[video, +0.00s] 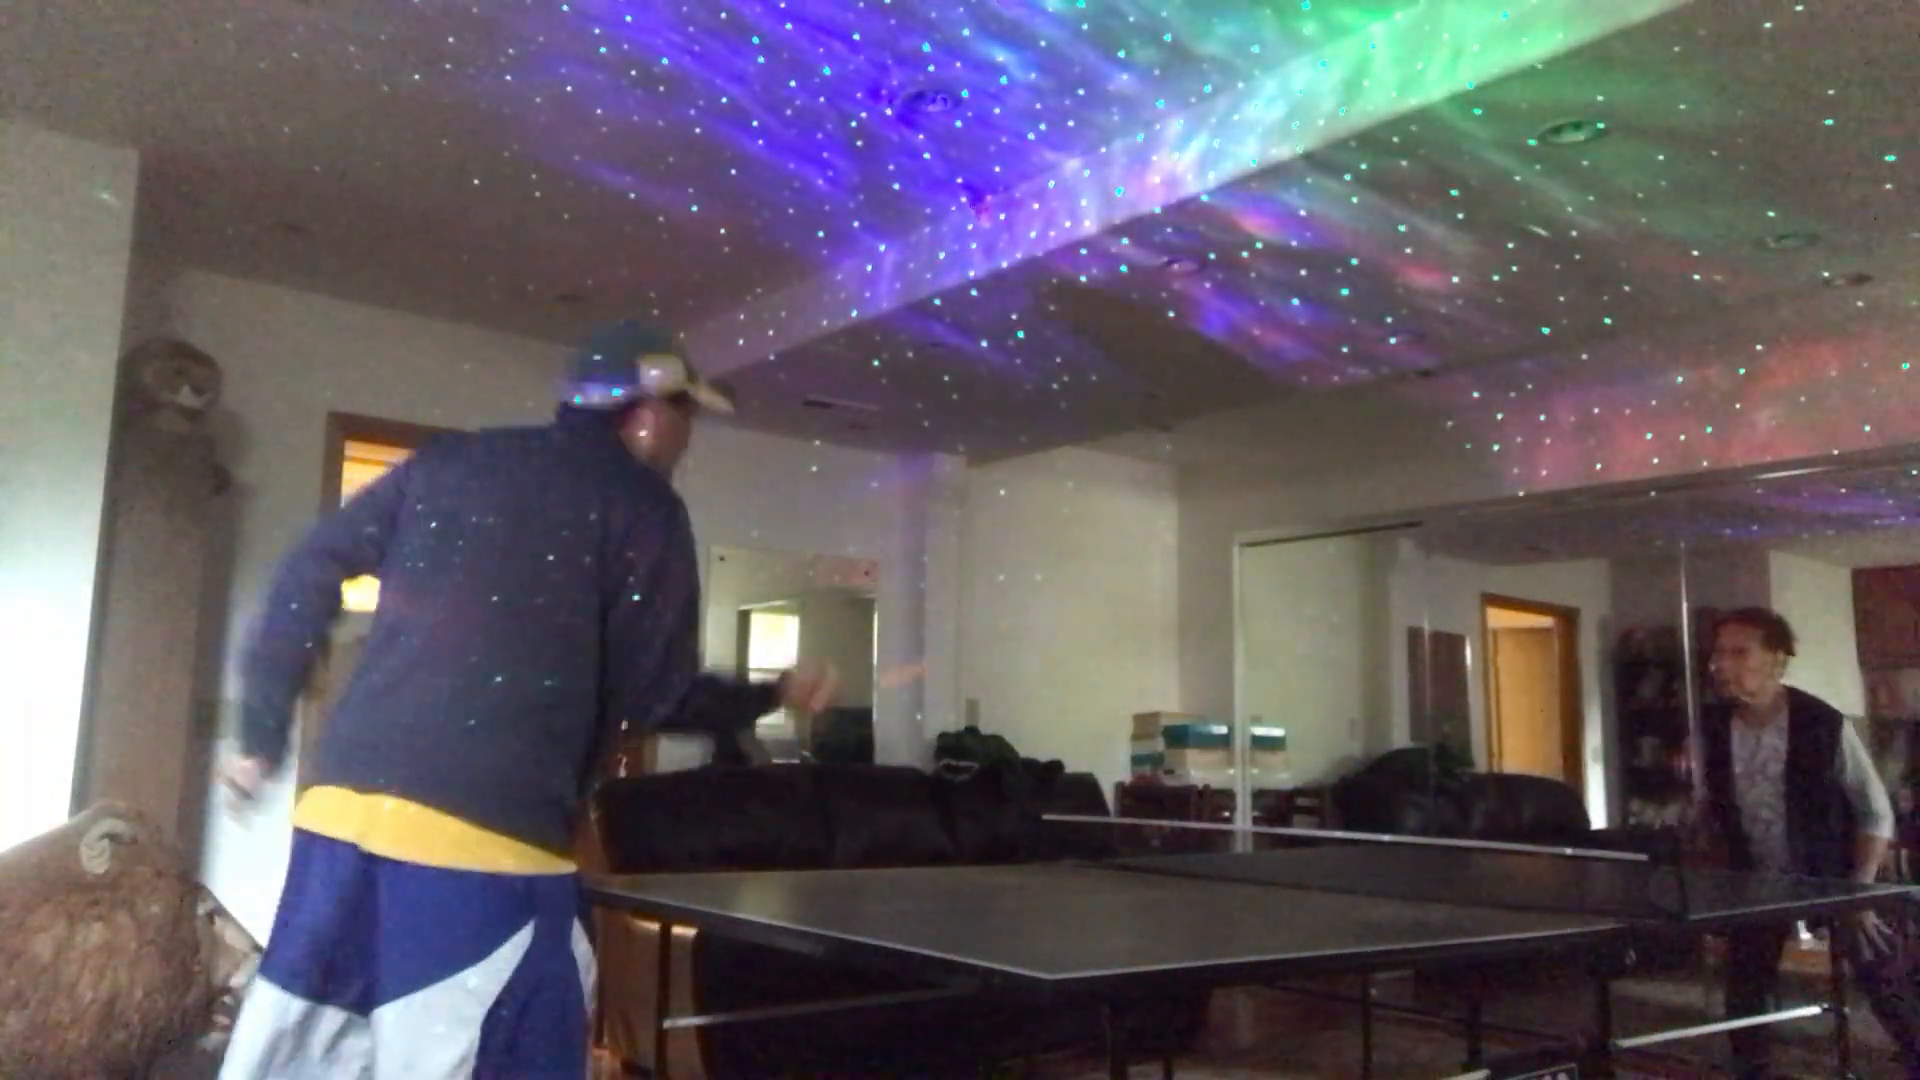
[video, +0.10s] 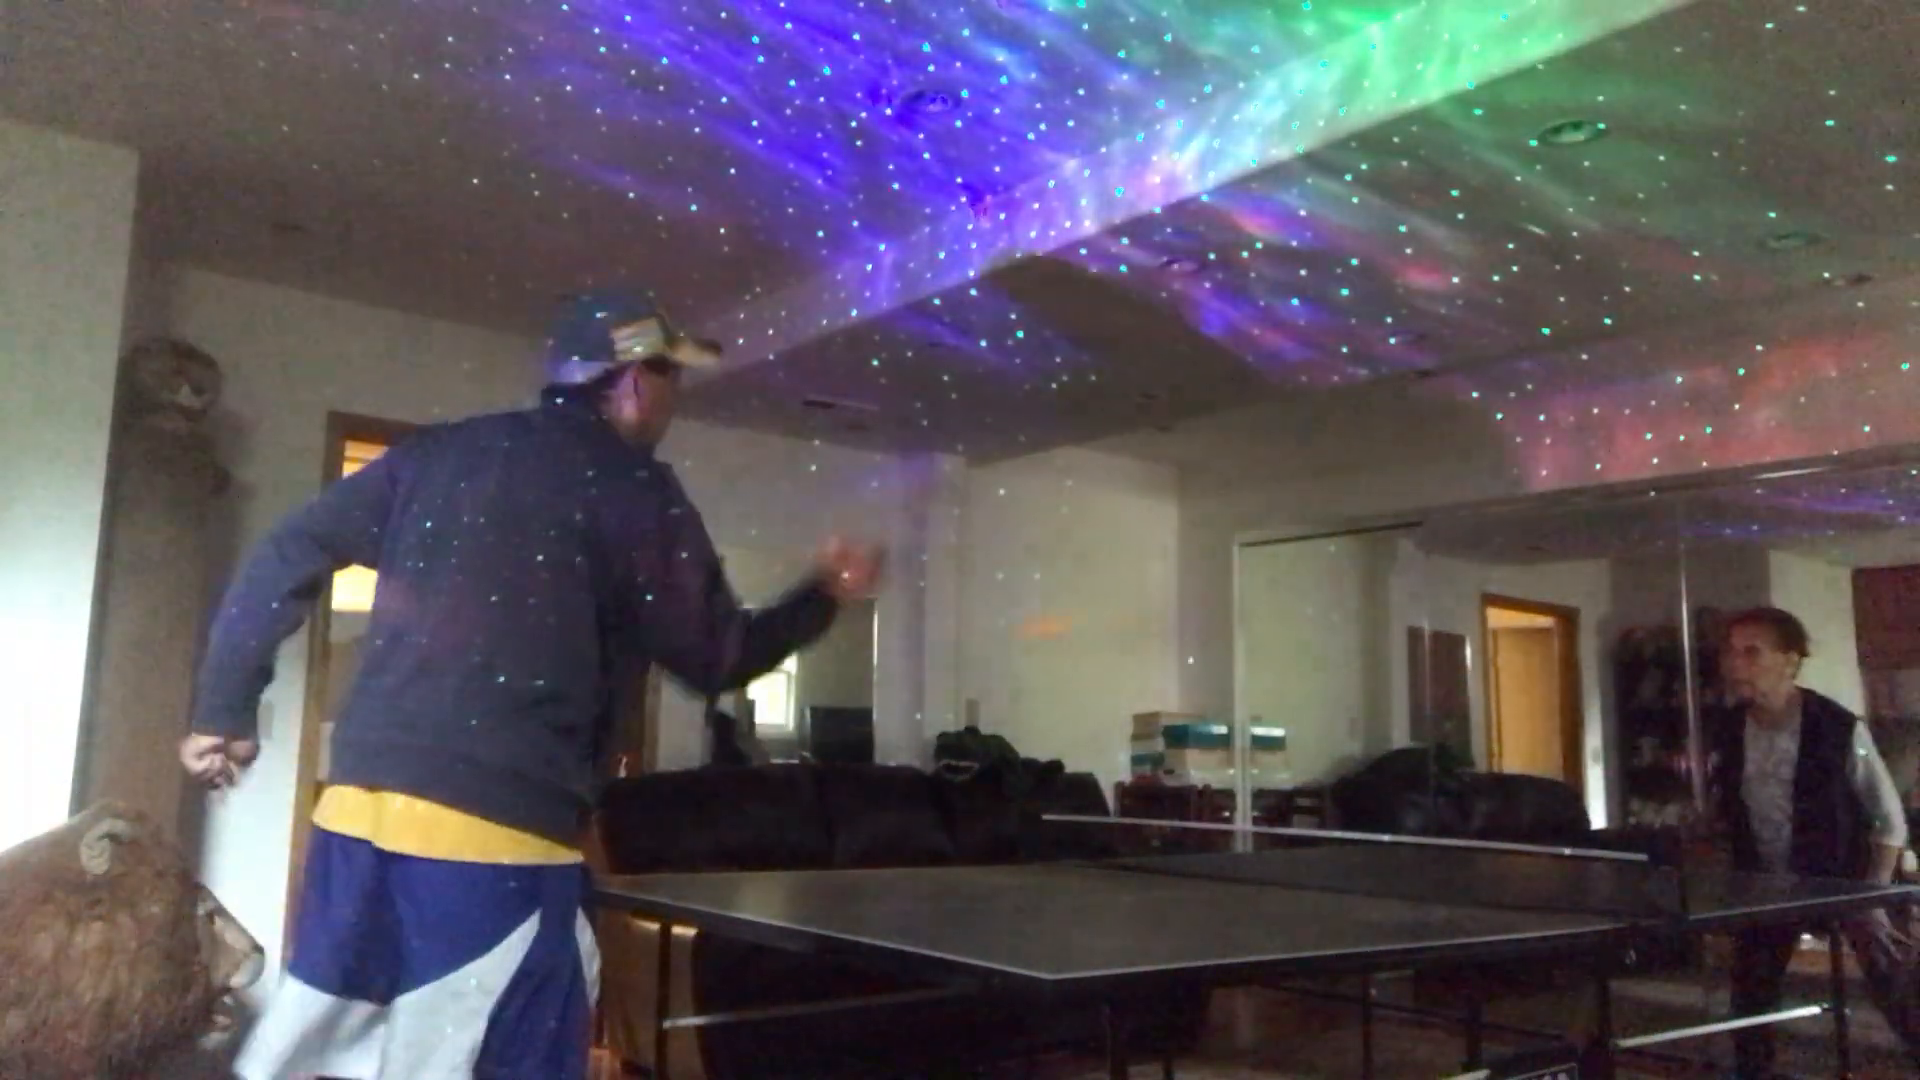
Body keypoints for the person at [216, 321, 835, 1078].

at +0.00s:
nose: (687, 437)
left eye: (690, 416)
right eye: (682, 413)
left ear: (577, 400)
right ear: (642, 410)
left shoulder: (450, 458)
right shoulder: (641, 502)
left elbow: (312, 562)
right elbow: (653, 693)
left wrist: (256, 730)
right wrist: (773, 696)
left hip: (340, 804)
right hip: (488, 830)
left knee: (292, 1051)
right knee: (492, 1059)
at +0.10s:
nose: (671, 403)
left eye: (672, 384)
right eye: (666, 383)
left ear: (562, 377)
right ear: (627, 383)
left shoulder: (440, 450)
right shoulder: (637, 490)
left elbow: (290, 548)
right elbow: (718, 656)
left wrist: (220, 709)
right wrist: (825, 595)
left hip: (355, 811)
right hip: (501, 836)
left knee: (308, 1043)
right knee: (510, 1057)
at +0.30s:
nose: (654, 380)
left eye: (649, 358)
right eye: (643, 357)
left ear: (545, 368)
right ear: (597, 366)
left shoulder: (429, 459)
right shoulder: (615, 480)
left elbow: (323, 613)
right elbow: (732, 616)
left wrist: (286, 787)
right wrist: (825, 505)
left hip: (368, 831)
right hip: (504, 847)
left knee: (368, 1066)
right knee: (516, 1064)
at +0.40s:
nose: (641, 373)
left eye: (638, 352)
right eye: (628, 350)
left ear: (535, 362)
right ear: (582, 361)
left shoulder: (418, 465)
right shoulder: (590, 471)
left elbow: (339, 634)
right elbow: (680, 641)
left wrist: (361, 781)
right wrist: (797, 552)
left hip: (368, 826)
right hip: (504, 839)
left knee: (376, 1066)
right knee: (522, 1063)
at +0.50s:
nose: (633, 374)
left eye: (631, 352)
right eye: (620, 350)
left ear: (537, 362)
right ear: (567, 358)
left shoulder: (414, 465)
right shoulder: (565, 462)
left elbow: (354, 649)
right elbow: (606, 653)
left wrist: (419, 746)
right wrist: (752, 626)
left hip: (370, 828)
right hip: (497, 842)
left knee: (374, 1067)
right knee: (521, 1063)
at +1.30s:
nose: (630, 437)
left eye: (631, 416)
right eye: (621, 413)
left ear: (545, 411)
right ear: (570, 412)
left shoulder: (424, 490)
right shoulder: (540, 500)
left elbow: (329, 640)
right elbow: (555, 682)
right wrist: (697, 732)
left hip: (326, 821)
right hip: (448, 826)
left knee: (332, 1060)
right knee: (556, 1050)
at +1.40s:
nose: (663, 461)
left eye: (663, 443)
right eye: (651, 438)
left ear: (590, 437)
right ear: (599, 437)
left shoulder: (444, 505)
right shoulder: (576, 527)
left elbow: (333, 641)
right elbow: (601, 718)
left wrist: (351, 771)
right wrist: (732, 783)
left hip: (317, 823)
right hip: (445, 830)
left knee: (322, 1062)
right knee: (552, 1053)